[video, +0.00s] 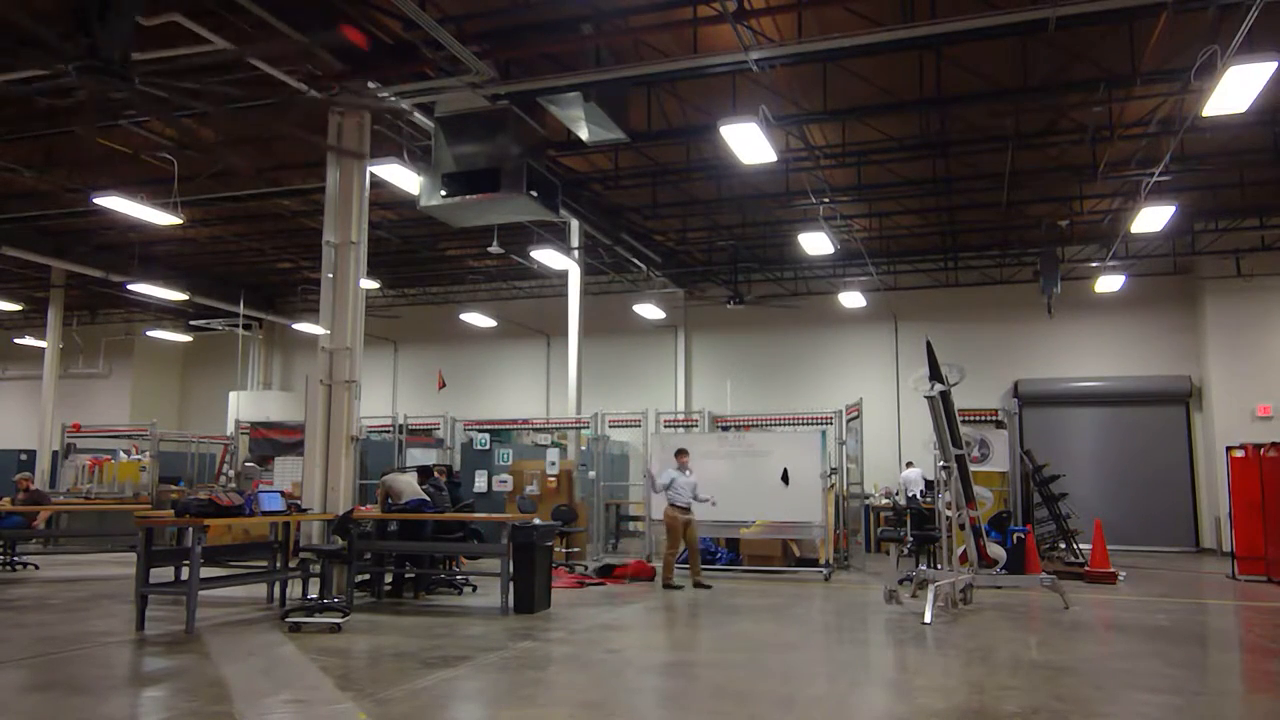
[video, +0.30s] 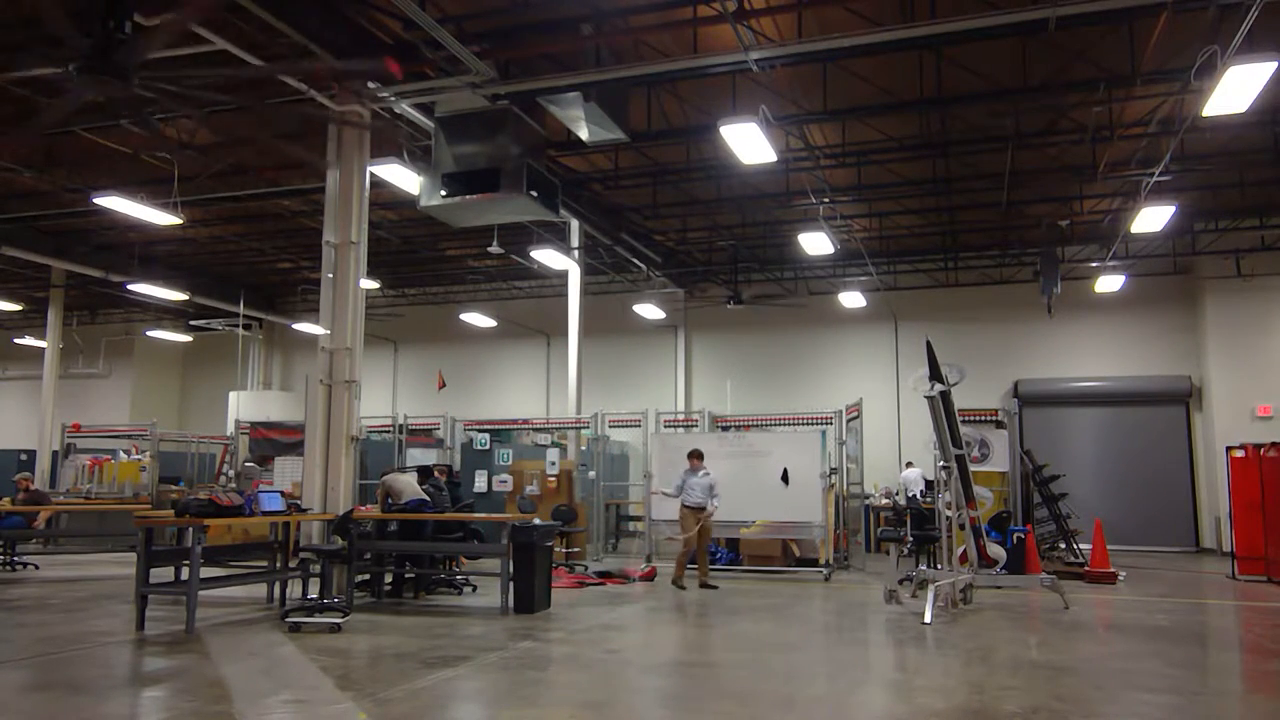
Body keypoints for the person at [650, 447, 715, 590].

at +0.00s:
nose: (684, 460)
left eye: (686, 457)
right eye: (681, 457)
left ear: (689, 458)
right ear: (676, 459)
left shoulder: (691, 477)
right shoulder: (671, 473)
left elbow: (695, 496)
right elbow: (657, 489)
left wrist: (708, 498)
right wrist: (652, 478)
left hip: (687, 512)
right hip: (673, 511)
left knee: (693, 547)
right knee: (673, 548)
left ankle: (697, 579)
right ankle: (667, 580)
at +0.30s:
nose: (690, 463)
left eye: (692, 460)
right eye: (689, 460)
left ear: (700, 461)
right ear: (689, 461)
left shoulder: (710, 477)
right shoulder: (686, 475)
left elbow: (715, 496)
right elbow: (676, 492)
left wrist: (713, 508)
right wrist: (660, 491)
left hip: (703, 511)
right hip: (687, 510)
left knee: (703, 546)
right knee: (690, 545)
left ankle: (703, 579)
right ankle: (677, 577)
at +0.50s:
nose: (692, 466)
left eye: (694, 463)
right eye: (691, 464)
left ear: (702, 462)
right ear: (694, 463)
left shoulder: (715, 478)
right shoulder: (692, 475)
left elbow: (722, 498)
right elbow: (683, 493)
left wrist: (713, 508)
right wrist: (665, 490)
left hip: (708, 513)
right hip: (692, 512)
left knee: (706, 548)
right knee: (697, 547)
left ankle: (705, 579)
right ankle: (698, 580)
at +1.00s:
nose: (696, 467)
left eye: (697, 464)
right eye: (695, 464)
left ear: (705, 462)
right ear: (698, 463)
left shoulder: (719, 477)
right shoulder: (698, 475)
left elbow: (729, 496)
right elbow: (686, 492)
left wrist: (720, 508)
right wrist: (668, 489)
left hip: (716, 514)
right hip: (700, 514)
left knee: (720, 548)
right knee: (702, 548)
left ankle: (724, 582)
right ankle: (705, 582)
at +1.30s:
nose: (704, 470)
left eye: (706, 467)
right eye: (704, 467)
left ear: (713, 466)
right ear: (709, 467)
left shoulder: (731, 481)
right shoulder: (705, 480)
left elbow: (739, 501)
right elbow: (696, 500)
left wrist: (731, 514)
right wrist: (685, 493)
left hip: (726, 518)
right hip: (709, 518)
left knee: (728, 552)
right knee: (706, 551)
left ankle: (732, 587)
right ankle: (706, 581)